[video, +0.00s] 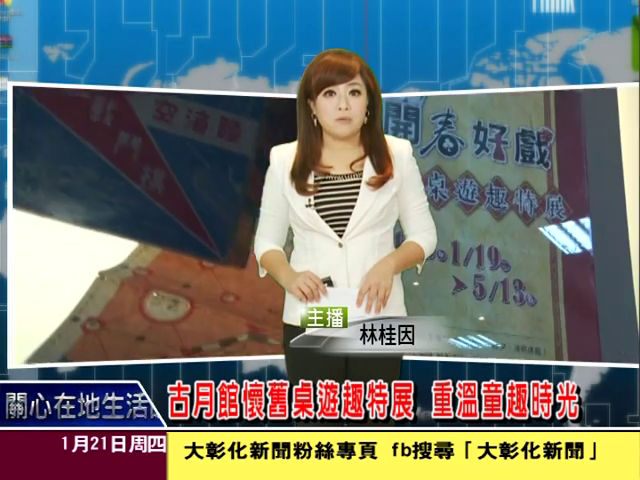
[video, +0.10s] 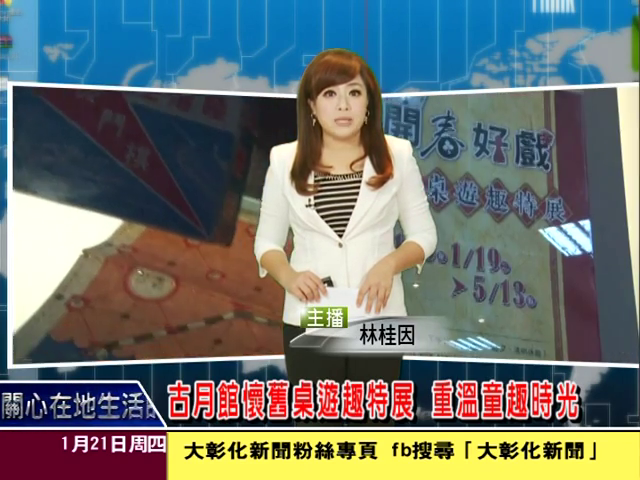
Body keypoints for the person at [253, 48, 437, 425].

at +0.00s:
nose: (343, 104)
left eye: (354, 93)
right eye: (330, 94)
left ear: (369, 102)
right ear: (311, 105)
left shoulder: (395, 155)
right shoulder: (286, 160)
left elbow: (424, 236)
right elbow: (266, 242)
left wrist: (389, 265)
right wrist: (290, 276)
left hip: (378, 324)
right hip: (309, 323)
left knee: (376, 439)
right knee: (314, 439)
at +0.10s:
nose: (343, 105)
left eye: (354, 93)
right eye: (330, 94)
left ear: (369, 102)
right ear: (311, 105)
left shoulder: (395, 155)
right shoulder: (286, 160)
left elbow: (424, 236)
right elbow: (267, 242)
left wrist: (389, 264)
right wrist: (290, 276)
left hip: (378, 323)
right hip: (309, 321)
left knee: (376, 438)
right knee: (314, 437)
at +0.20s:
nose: (343, 105)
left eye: (354, 93)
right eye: (330, 94)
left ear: (369, 102)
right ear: (311, 105)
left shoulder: (395, 155)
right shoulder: (286, 160)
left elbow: (424, 236)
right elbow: (267, 242)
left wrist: (389, 264)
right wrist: (290, 276)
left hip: (378, 323)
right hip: (309, 322)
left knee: (376, 438)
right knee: (314, 437)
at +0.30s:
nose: (344, 105)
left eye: (355, 93)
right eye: (330, 94)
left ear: (369, 102)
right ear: (311, 105)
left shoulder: (396, 155)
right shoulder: (286, 160)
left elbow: (424, 236)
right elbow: (267, 242)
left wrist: (389, 264)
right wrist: (291, 276)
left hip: (378, 324)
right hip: (309, 322)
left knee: (376, 438)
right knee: (314, 437)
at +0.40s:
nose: (344, 106)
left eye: (355, 94)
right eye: (330, 95)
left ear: (369, 102)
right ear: (311, 105)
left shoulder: (396, 155)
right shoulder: (287, 160)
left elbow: (424, 236)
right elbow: (267, 242)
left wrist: (389, 264)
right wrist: (290, 276)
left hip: (378, 324)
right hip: (309, 322)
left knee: (376, 438)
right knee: (314, 437)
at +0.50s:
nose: (344, 107)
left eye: (355, 95)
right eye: (331, 96)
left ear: (370, 102)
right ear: (311, 105)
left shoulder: (396, 155)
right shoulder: (286, 160)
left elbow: (424, 236)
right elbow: (267, 242)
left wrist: (389, 264)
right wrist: (290, 276)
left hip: (378, 324)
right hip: (309, 322)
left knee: (376, 437)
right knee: (314, 436)